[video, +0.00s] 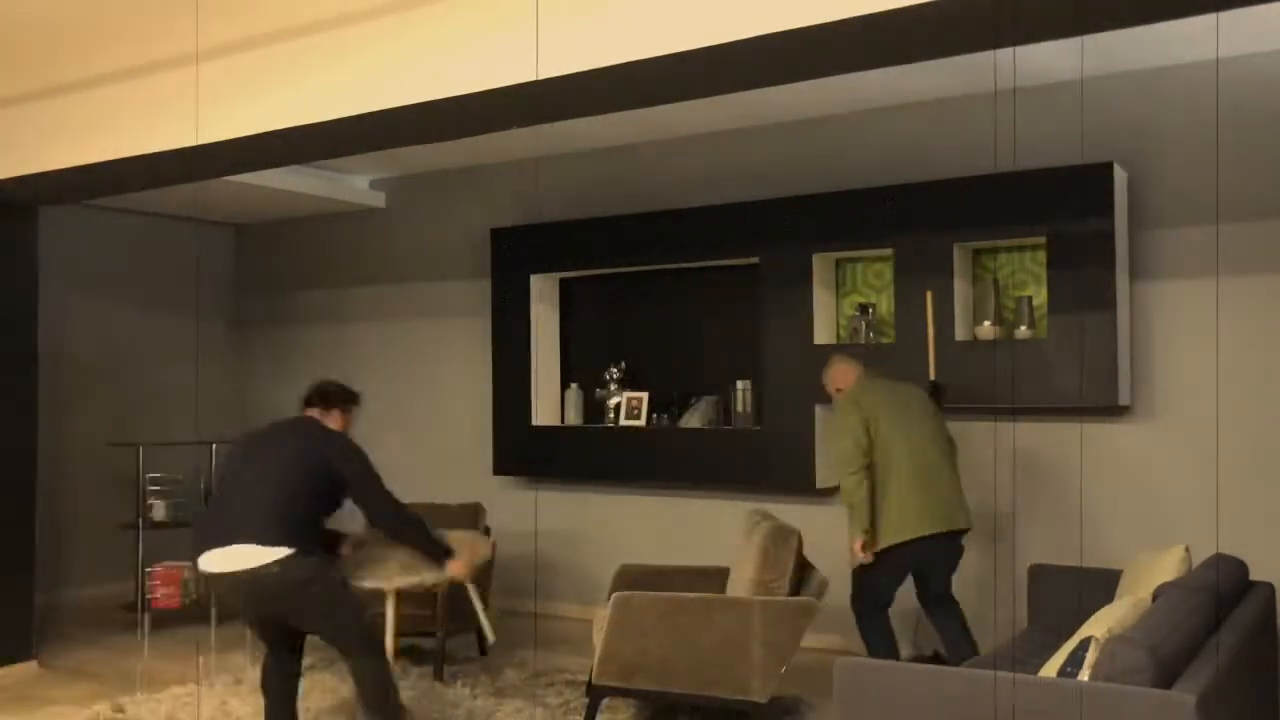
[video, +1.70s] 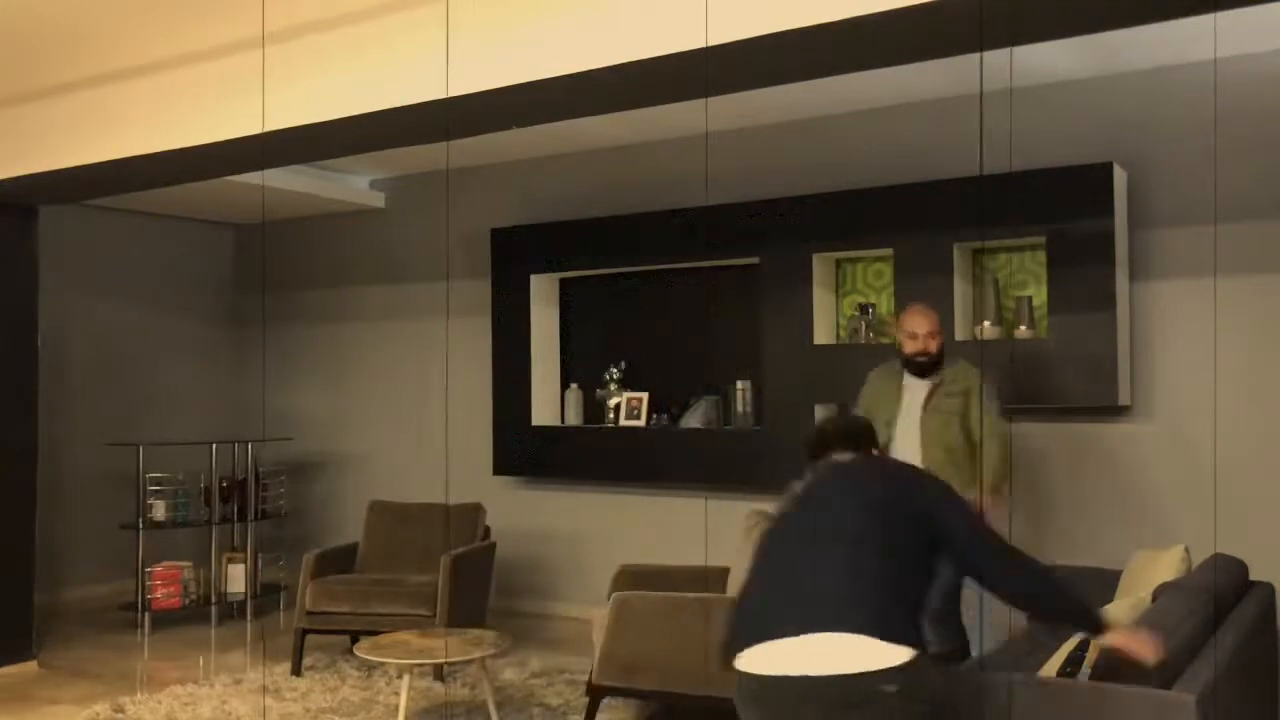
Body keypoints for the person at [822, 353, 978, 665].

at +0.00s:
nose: (838, 402)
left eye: (835, 395)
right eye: (835, 396)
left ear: (841, 384)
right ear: (861, 373)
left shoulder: (851, 403)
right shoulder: (916, 394)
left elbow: (853, 470)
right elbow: (947, 447)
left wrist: (860, 529)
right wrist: (945, 506)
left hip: (898, 528)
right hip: (949, 522)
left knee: (868, 604)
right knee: (937, 595)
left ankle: (890, 682)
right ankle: (972, 670)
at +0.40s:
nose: (857, 394)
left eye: (857, 385)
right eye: (854, 387)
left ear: (874, 371)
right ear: (880, 369)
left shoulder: (895, 392)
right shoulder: (924, 389)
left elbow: (904, 453)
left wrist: (893, 509)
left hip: (954, 513)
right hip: (989, 508)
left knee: (914, 602)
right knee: (959, 597)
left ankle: (929, 688)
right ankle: (988, 678)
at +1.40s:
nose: (881, 352)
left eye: (889, 342)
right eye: (874, 347)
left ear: (910, 346)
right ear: (869, 356)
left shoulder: (927, 385)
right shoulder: (901, 393)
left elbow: (942, 449)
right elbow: (913, 458)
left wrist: (926, 506)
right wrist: (900, 504)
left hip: (960, 515)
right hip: (940, 518)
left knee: (920, 606)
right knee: (926, 605)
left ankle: (941, 692)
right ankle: (974, 680)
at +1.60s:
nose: (908, 344)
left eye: (917, 335)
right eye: (900, 336)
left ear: (933, 336)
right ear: (890, 340)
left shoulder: (956, 381)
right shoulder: (898, 381)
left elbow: (967, 453)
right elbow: (893, 449)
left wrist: (940, 505)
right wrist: (887, 504)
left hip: (946, 522)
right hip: (905, 519)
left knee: (923, 604)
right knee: (884, 600)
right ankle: (944, 661)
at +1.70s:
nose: (924, 346)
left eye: (932, 337)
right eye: (913, 337)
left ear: (943, 337)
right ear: (898, 338)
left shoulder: (968, 380)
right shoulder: (880, 379)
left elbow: (993, 438)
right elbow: (857, 438)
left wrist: (987, 495)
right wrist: (859, 486)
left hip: (945, 513)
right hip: (887, 511)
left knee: (938, 606)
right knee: (895, 603)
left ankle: (957, 688)